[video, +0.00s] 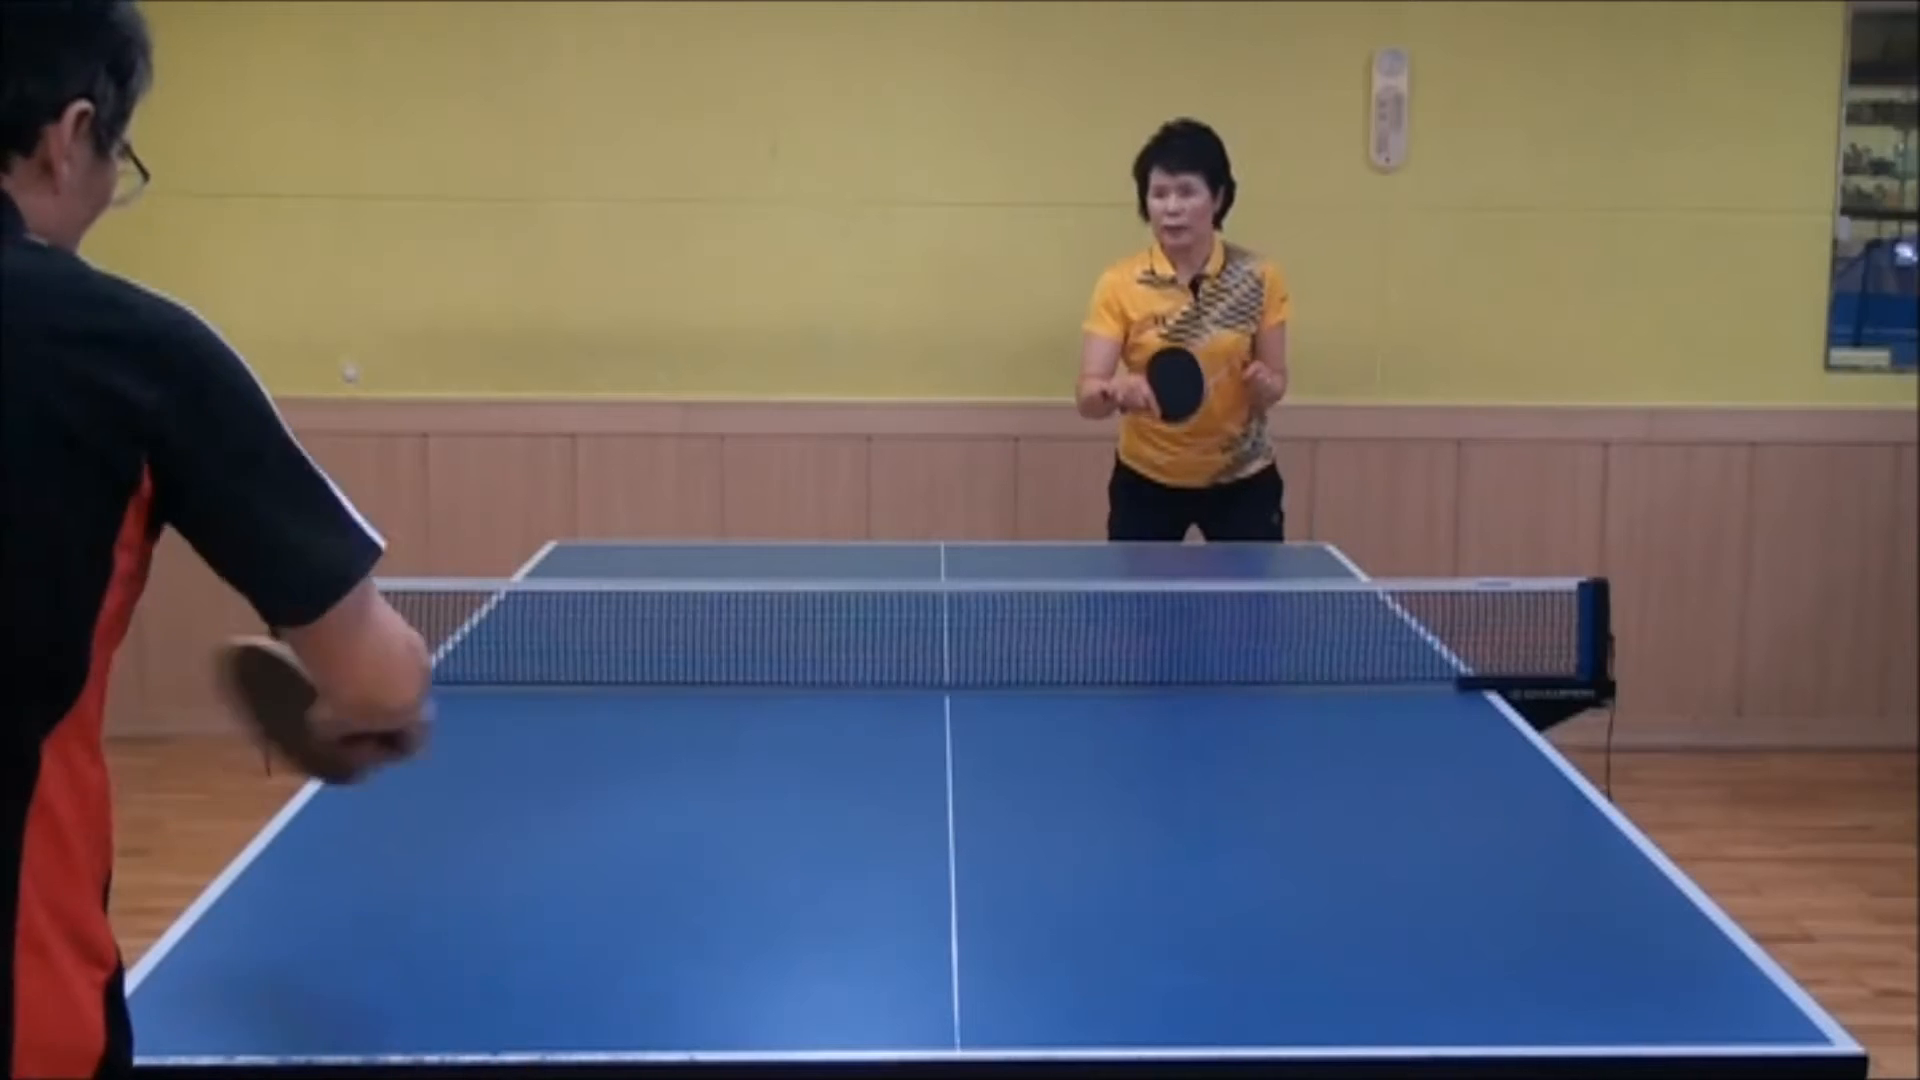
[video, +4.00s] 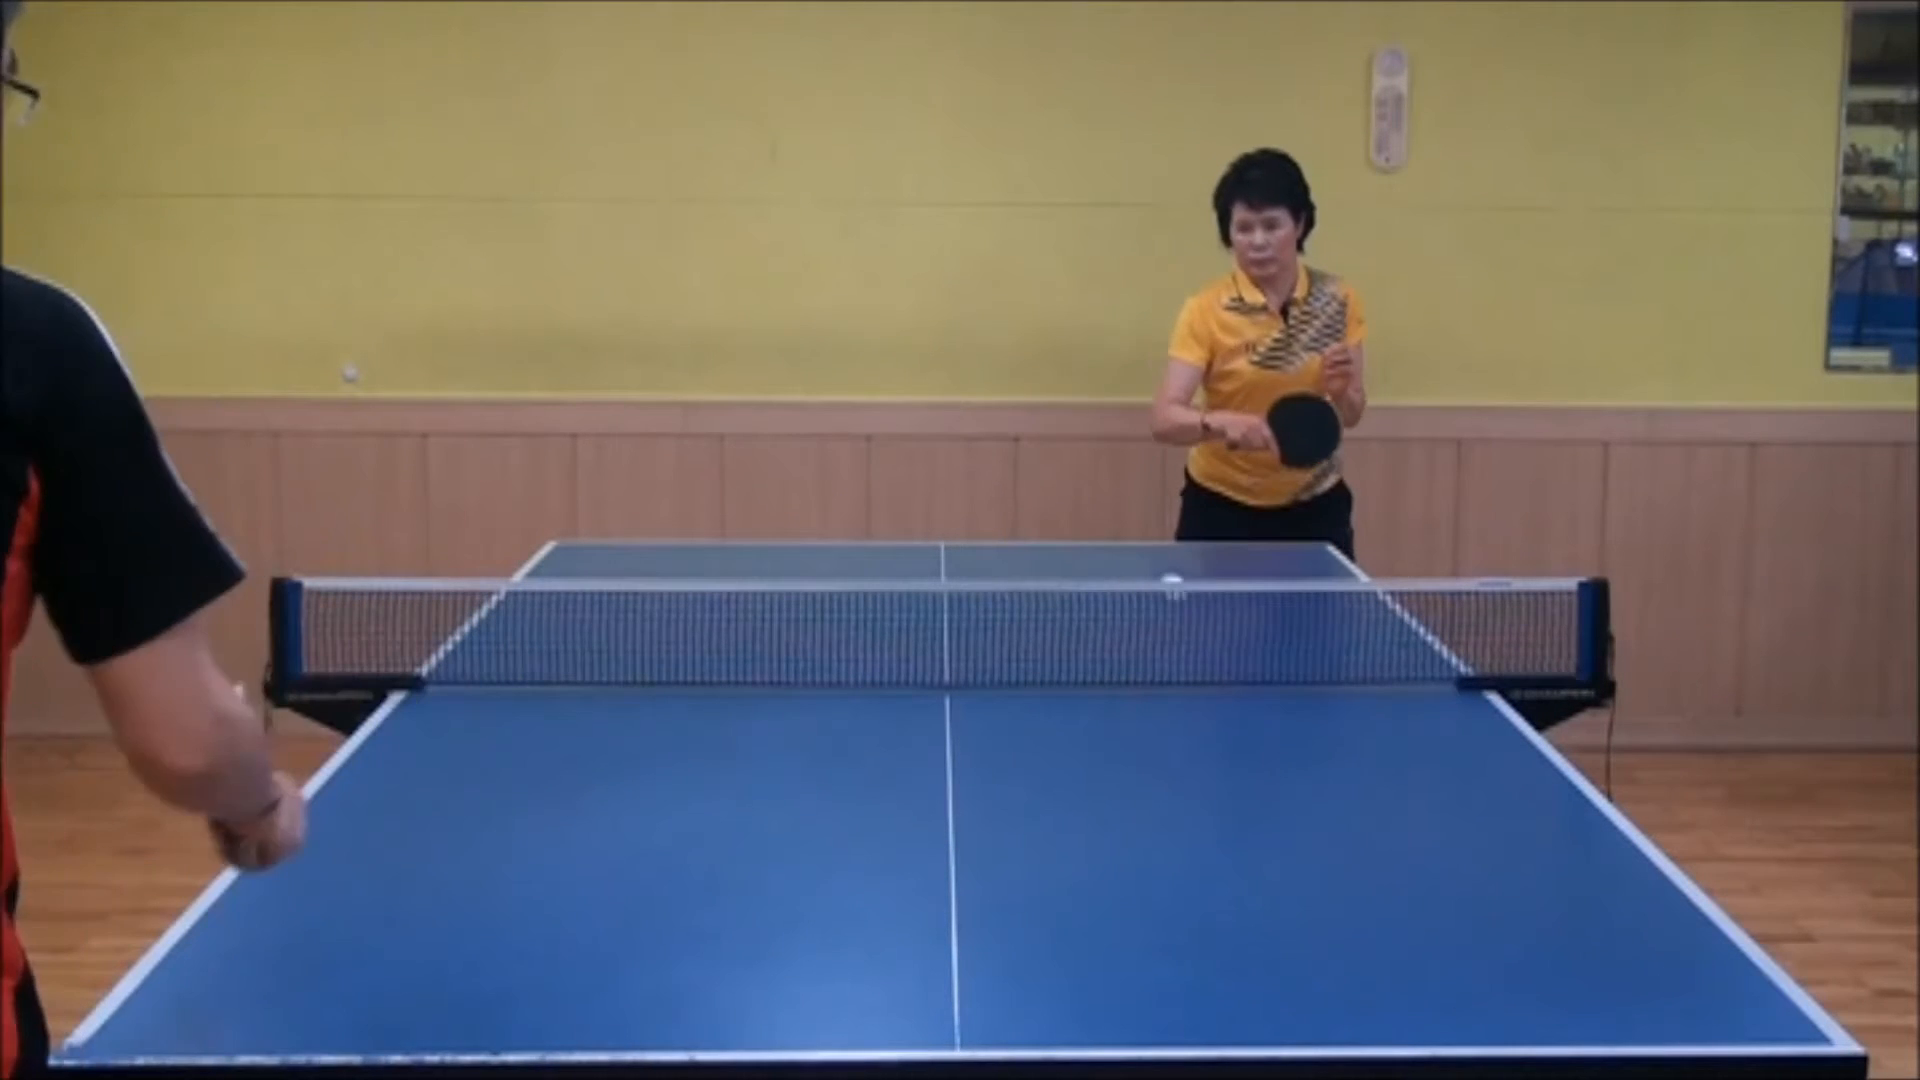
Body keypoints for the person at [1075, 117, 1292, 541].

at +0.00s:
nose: (1172, 208)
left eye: (1187, 192)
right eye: (1160, 193)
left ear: (1219, 199)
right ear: (1144, 202)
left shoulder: (1259, 282)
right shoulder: (1120, 285)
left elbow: (1274, 380)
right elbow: (1089, 399)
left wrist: (1262, 384)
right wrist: (1116, 392)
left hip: (1240, 484)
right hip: (1147, 483)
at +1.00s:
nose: (1270, 259)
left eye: (1286, 243)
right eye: (1256, 246)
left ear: (1317, 250)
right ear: (1239, 256)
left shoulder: (1343, 335)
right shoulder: (1217, 339)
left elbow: (1352, 440)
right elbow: (1176, 441)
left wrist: (1371, 422)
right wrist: (1215, 452)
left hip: (1304, 526)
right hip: (1215, 528)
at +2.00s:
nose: (1179, 207)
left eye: (1195, 193)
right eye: (1168, 193)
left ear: (1225, 201)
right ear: (1152, 200)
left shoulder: (1259, 284)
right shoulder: (1122, 284)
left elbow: (1267, 377)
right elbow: (1091, 397)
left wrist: (1264, 391)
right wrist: (1120, 388)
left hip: (1233, 483)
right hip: (1141, 480)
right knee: (1124, 599)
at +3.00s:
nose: (1194, 202)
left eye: (1209, 188)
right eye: (1182, 189)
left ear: (1242, 194)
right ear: (1167, 198)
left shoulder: (1282, 277)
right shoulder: (1144, 282)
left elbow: (1297, 369)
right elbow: (1117, 397)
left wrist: (1294, 383)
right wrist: (1139, 390)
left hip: (1263, 482)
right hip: (1170, 481)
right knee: (1154, 600)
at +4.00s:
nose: (1258, 242)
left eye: (1272, 226)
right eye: (1244, 228)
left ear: (1300, 226)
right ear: (1227, 234)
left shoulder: (1338, 304)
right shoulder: (1206, 312)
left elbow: (1351, 417)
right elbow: (1165, 419)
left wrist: (1340, 390)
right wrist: (1220, 422)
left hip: (1313, 508)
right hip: (1221, 507)